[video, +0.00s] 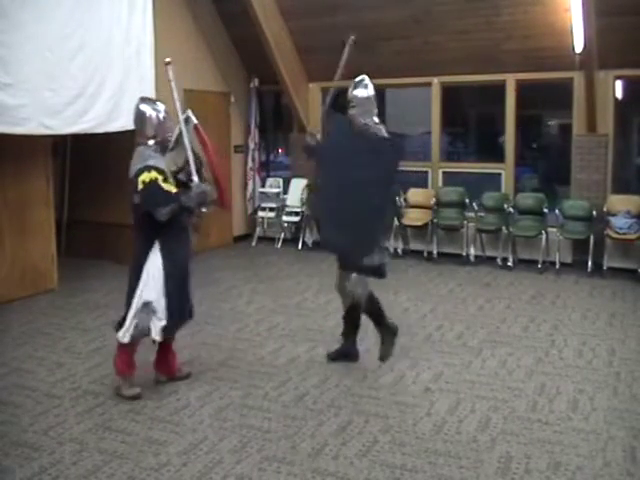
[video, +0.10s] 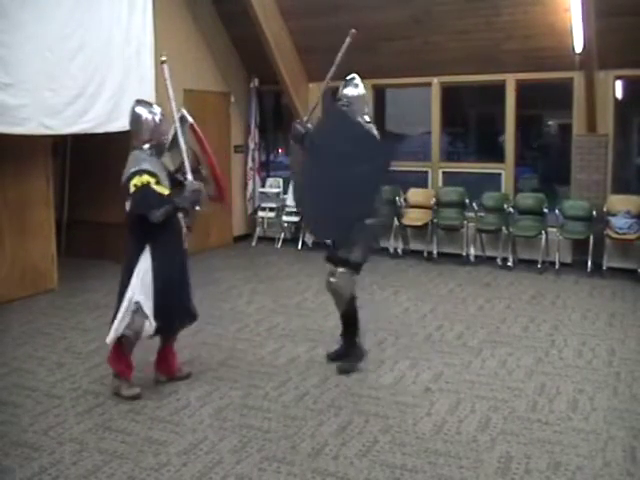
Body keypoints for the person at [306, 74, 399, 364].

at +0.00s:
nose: (358, 110)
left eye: (360, 105)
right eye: (356, 105)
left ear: (355, 108)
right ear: (356, 108)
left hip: (359, 219)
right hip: (351, 217)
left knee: (351, 283)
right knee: (349, 281)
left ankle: (386, 328)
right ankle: (349, 343)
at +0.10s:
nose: (344, 107)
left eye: (350, 102)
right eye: (342, 101)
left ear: (358, 105)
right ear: (337, 104)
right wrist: (302, 135)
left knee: (340, 280)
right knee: (338, 281)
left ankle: (353, 346)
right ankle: (348, 343)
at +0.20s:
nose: (335, 110)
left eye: (338, 104)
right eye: (335, 104)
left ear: (345, 108)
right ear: (341, 107)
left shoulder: (356, 139)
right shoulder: (339, 134)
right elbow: (315, 154)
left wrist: (298, 133)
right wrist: (297, 133)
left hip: (357, 219)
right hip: (341, 216)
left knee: (331, 282)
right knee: (336, 281)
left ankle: (324, 354)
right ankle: (347, 345)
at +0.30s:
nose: (331, 113)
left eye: (333, 108)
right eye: (330, 108)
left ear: (338, 113)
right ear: (334, 111)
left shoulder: (347, 140)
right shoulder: (329, 138)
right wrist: (292, 133)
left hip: (343, 222)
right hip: (329, 220)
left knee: (321, 285)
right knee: (325, 284)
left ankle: (322, 355)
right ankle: (345, 340)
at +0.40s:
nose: (322, 117)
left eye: (326, 111)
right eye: (320, 112)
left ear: (334, 113)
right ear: (323, 114)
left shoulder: (344, 141)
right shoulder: (323, 141)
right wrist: (288, 139)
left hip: (347, 222)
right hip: (329, 219)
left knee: (317, 285)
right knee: (321, 282)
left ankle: (322, 355)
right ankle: (344, 333)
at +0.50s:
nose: (322, 117)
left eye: (325, 111)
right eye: (319, 112)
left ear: (333, 113)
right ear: (319, 114)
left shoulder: (341, 141)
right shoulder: (320, 141)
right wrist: (284, 142)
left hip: (345, 224)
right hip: (328, 221)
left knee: (315, 286)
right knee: (324, 283)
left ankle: (321, 356)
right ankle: (348, 328)